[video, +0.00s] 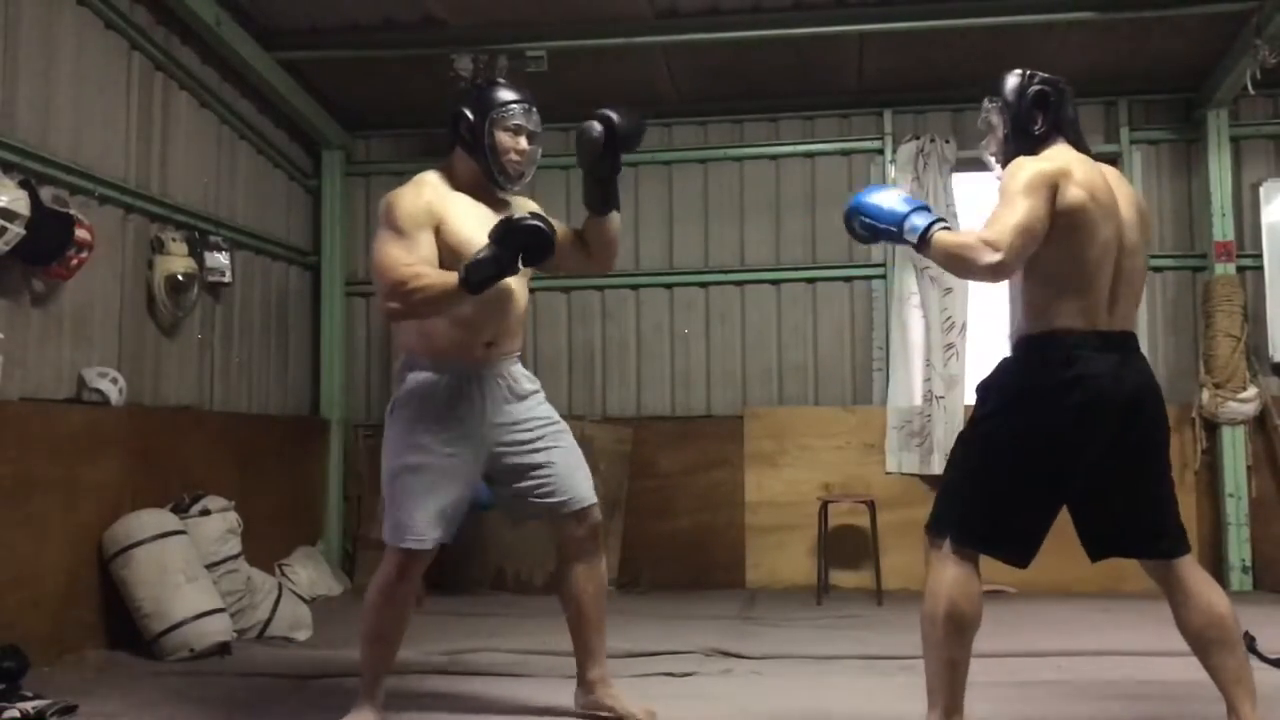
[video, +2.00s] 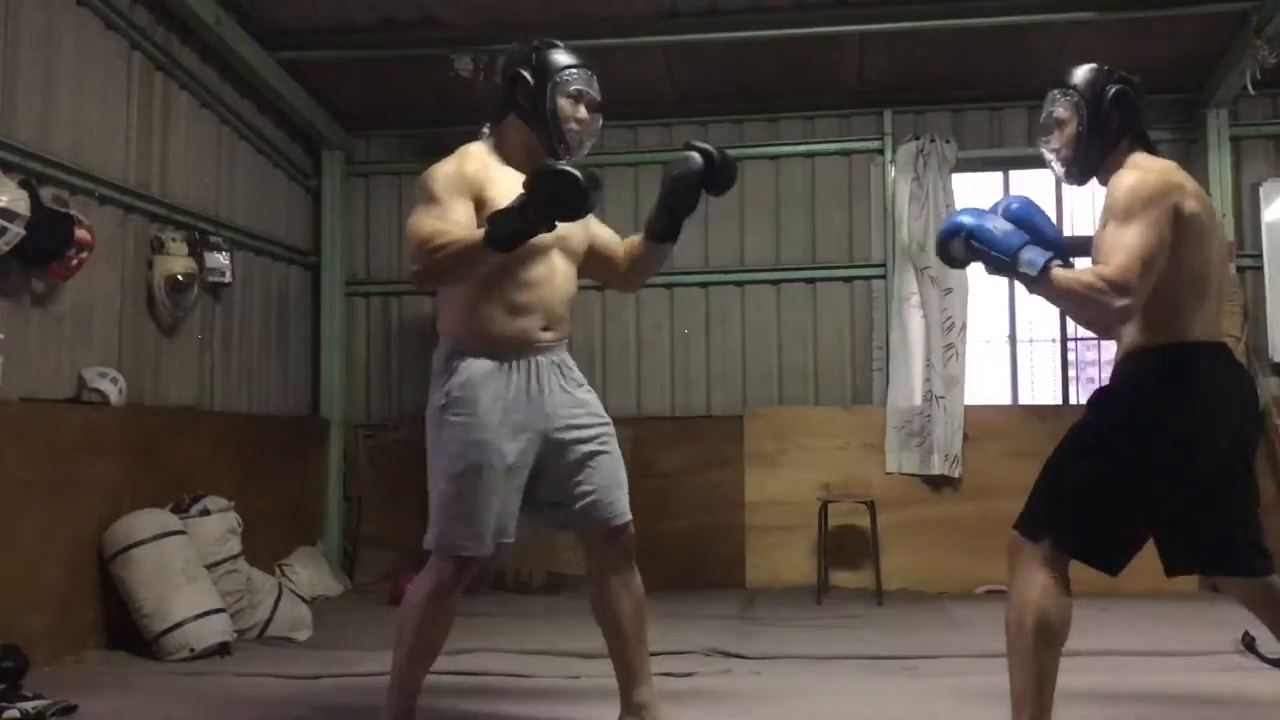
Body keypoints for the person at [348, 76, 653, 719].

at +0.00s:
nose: (527, 147)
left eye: (533, 136)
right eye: (514, 132)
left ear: (534, 144)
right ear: (472, 131)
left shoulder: (521, 210)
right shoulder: (416, 198)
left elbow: (595, 258)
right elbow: (396, 294)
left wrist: (601, 178)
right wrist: (480, 272)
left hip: (511, 387)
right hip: (433, 392)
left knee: (582, 521)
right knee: (409, 553)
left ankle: (595, 684)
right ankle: (368, 699)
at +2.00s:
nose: (590, 117)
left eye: (594, 105)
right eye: (577, 100)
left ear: (588, 115)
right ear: (528, 99)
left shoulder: (566, 202)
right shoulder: (462, 170)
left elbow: (629, 267)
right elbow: (424, 263)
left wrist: (673, 206)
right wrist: (512, 226)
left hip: (559, 374)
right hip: (478, 378)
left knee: (614, 536)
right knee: (457, 559)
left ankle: (640, 704)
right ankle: (400, 706)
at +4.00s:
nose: (704, 164)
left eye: (701, 153)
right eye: (691, 152)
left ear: (644, 159)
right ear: (657, 155)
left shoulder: (623, 214)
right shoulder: (646, 195)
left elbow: (601, 305)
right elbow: (736, 198)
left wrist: (668, 344)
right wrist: (847, 182)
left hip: (534, 390)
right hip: (571, 402)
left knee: (513, 547)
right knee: (675, 536)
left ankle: (459, 677)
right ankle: (706, 706)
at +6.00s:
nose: (632, 111)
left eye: (634, 96)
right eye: (621, 92)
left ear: (558, 88)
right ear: (575, 84)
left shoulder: (503, 146)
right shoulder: (552, 136)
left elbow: (568, 280)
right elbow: (561, 259)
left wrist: (628, 224)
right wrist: (620, 280)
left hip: (450, 368)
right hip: (519, 367)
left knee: (457, 569)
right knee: (640, 536)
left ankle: (398, 714)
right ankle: (647, 715)